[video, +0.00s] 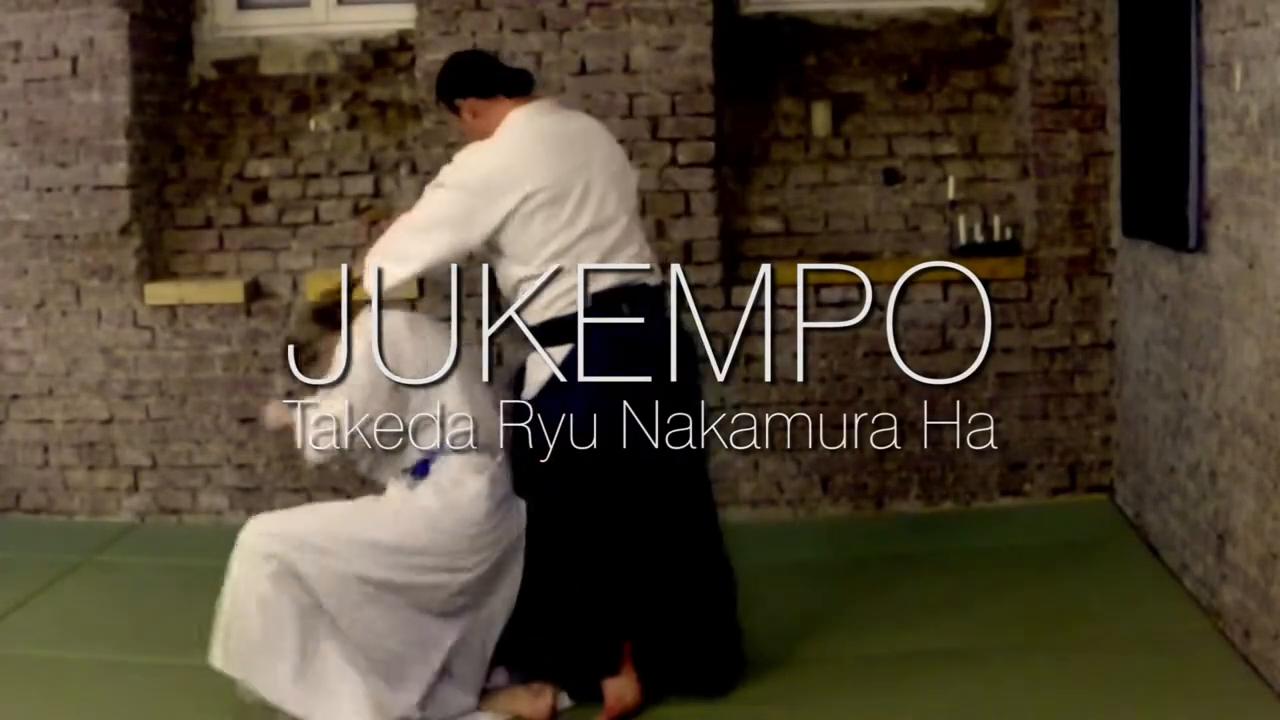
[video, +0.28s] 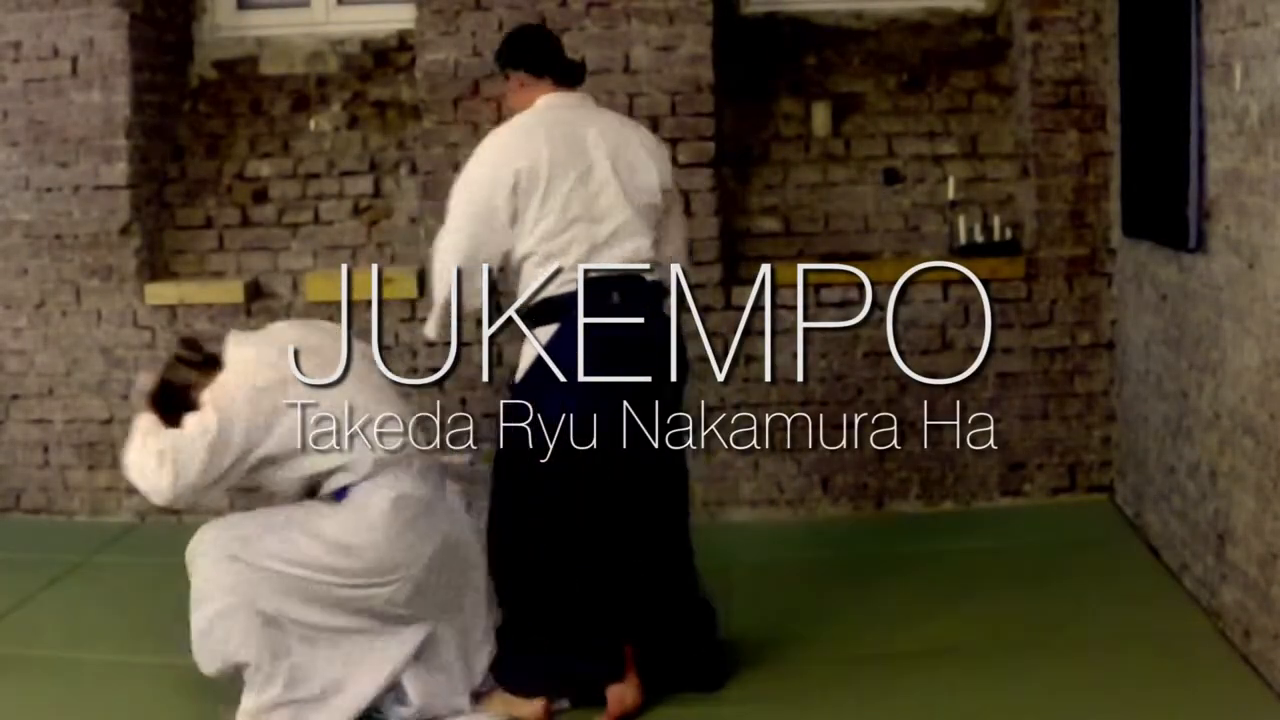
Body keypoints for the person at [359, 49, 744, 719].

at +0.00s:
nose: (461, 134)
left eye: (456, 120)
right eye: (456, 122)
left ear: (470, 106)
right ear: (518, 88)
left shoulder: (491, 160)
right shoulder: (592, 130)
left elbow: (411, 245)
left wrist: (364, 273)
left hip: (576, 340)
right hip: (654, 328)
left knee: (568, 508)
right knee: (657, 501)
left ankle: (611, 667)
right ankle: (684, 654)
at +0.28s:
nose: (500, 100)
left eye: (502, 87)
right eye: (502, 88)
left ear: (522, 82)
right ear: (570, 79)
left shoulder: (507, 147)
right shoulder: (640, 139)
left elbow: (454, 262)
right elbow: (673, 250)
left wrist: (442, 333)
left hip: (560, 336)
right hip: (649, 333)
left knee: (532, 503)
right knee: (630, 500)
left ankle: (529, 678)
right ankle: (627, 664)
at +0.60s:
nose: (553, 107)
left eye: (553, 92)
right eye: (548, 95)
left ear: (583, 75)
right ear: (618, 74)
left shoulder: (584, 132)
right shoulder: (695, 143)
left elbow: (572, 232)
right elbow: (717, 264)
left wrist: (563, 323)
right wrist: (691, 317)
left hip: (604, 315)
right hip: (678, 322)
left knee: (501, 435)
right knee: (652, 490)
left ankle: (523, 586)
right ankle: (664, 662)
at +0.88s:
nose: (555, 92)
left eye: (561, 75)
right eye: (550, 79)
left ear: (598, 65)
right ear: (595, 71)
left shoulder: (640, 121)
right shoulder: (630, 123)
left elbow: (658, 214)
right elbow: (642, 220)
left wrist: (628, 308)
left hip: (654, 313)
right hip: (648, 312)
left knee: (639, 478)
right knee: (643, 477)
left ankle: (651, 639)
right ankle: (656, 634)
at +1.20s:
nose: (585, 55)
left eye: (598, 42)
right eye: (580, 44)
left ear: (637, 43)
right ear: (579, 51)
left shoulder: (689, 117)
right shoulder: (578, 131)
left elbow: (738, 208)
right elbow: (558, 215)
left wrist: (744, 308)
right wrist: (556, 287)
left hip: (690, 292)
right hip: (625, 302)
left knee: (677, 452)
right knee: (652, 460)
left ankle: (723, 538)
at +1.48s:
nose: (629, 48)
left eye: (641, 33)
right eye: (619, 37)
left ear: (672, 37)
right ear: (611, 46)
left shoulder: (731, 122)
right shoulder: (595, 139)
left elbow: (777, 220)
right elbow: (566, 225)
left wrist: (777, 314)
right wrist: (559, 292)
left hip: (722, 321)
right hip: (642, 327)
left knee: (739, 479)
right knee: (647, 483)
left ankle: (758, 634)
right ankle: (661, 635)